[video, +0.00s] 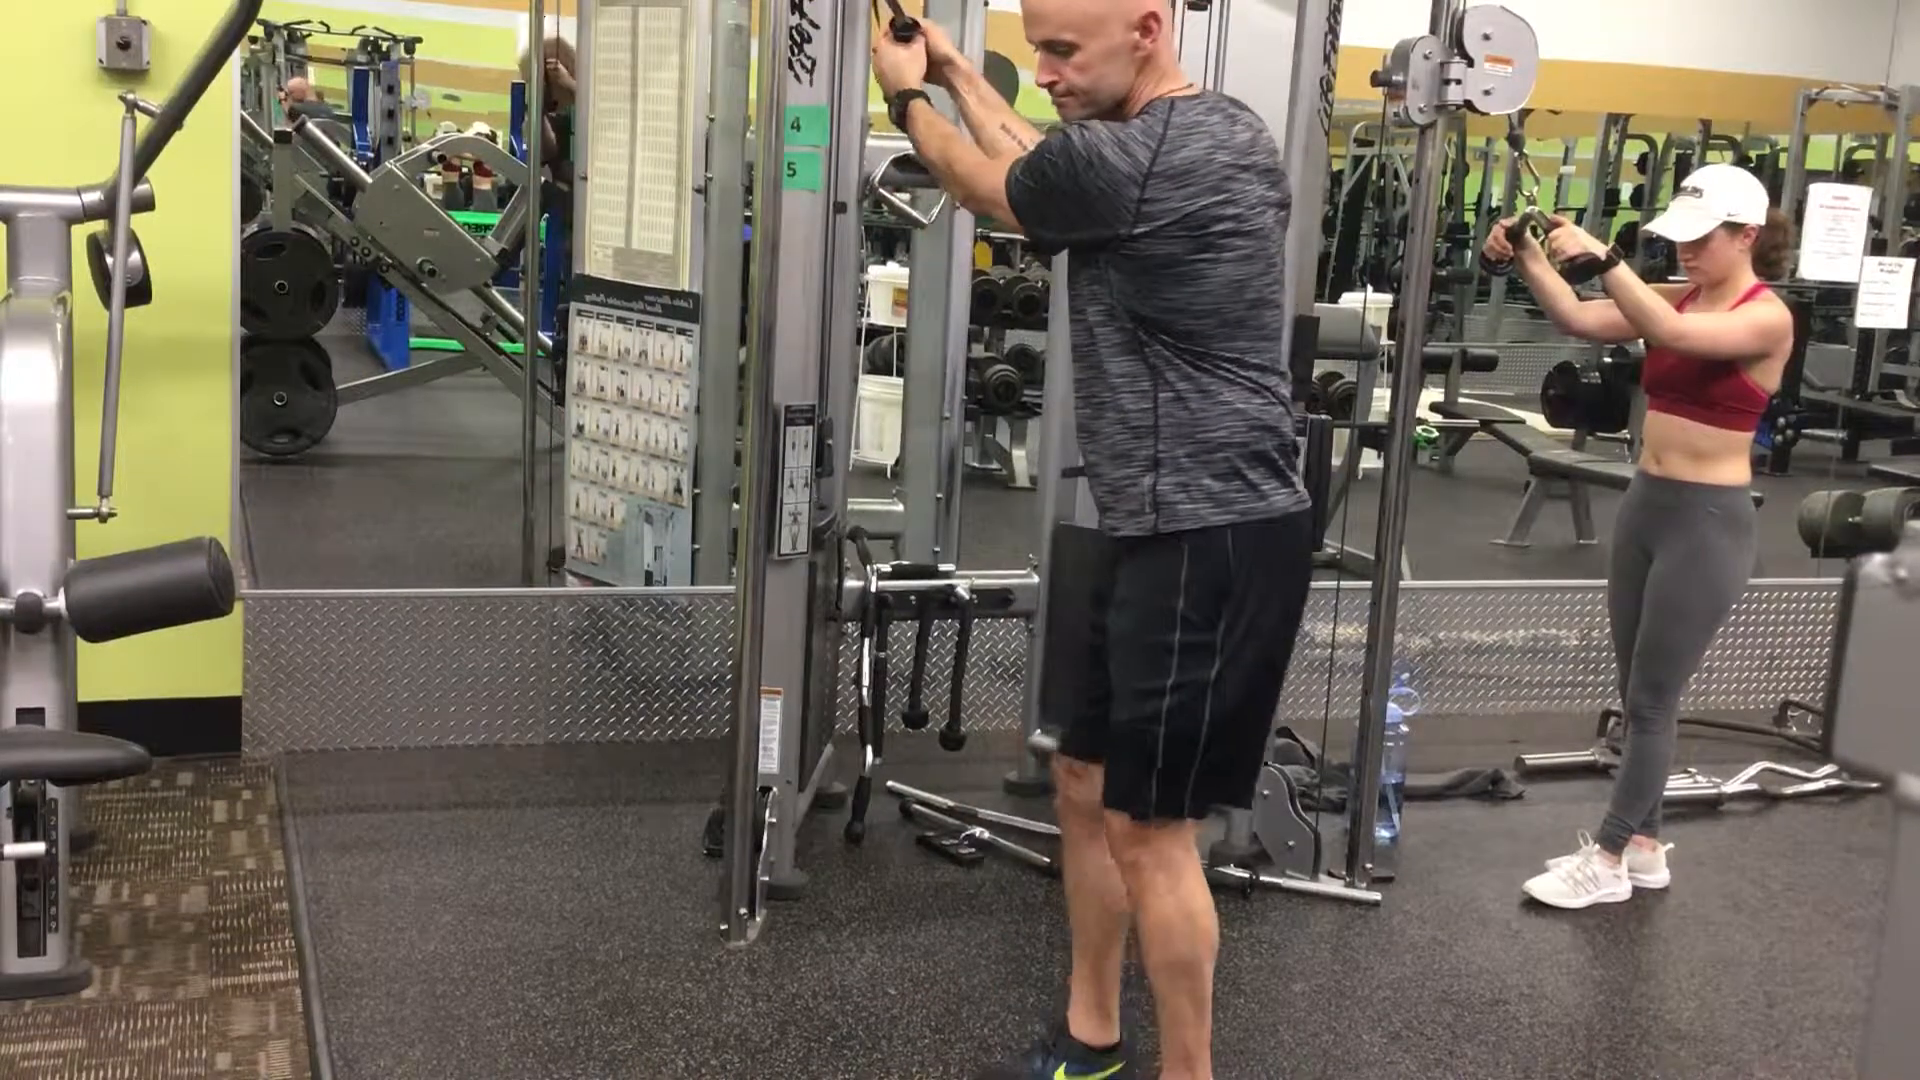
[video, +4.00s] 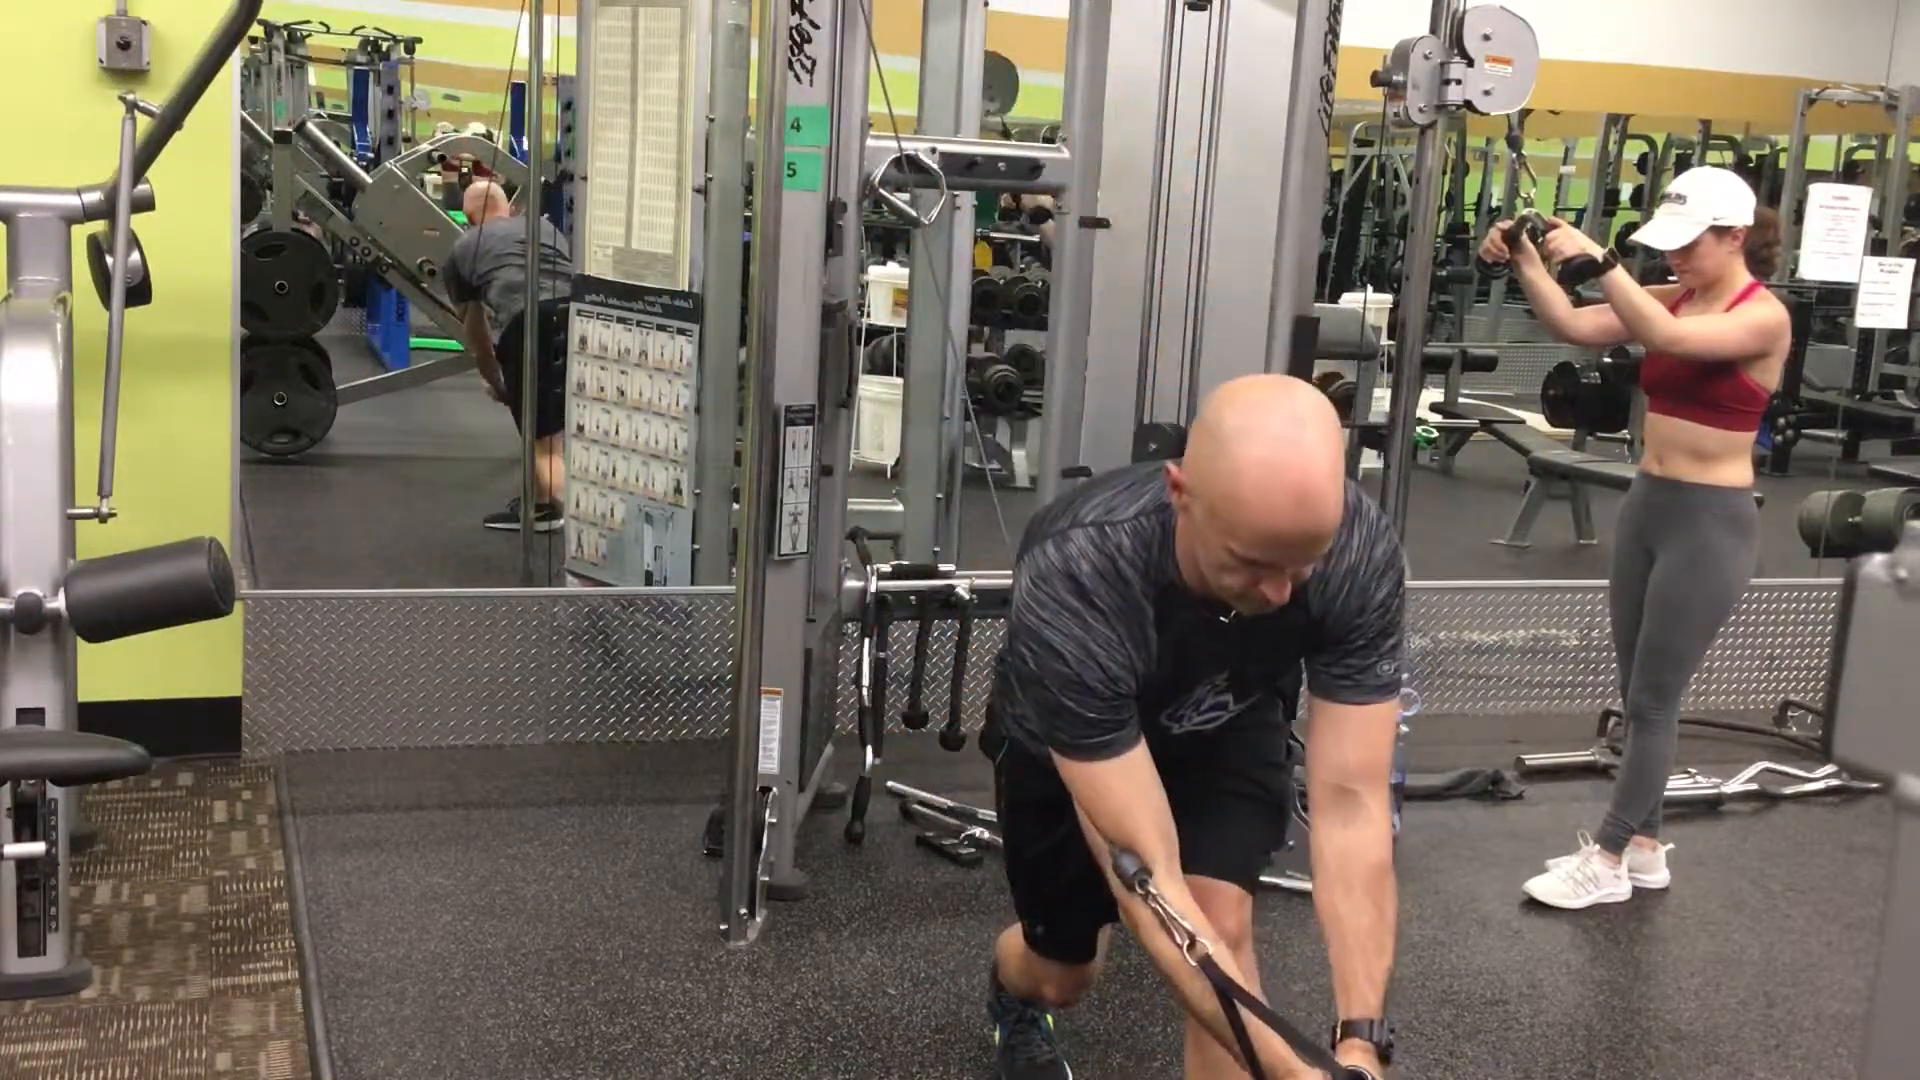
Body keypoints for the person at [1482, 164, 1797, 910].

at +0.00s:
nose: (1683, 252)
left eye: (1698, 238)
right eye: (1679, 239)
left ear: (1746, 236)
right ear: (1679, 238)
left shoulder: (1770, 317)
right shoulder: (1675, 302)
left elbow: (1672, 331)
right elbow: (1579, 316)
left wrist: (1602, 257)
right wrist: (1525, 258)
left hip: (1709, 523)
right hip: (1642, 508)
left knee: (1652, 698)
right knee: (1639, 692)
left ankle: (1605, 859)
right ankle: (1646, 846)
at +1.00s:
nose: (1681, 252)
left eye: (1696, 239)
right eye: (1678, 239)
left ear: (1745, 236)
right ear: (1679, 238)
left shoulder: (1769, 318)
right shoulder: (1675, 300)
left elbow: (1670, 331)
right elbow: (1579, 319)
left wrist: (1602, 257)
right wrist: (1525, 257)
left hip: (1709, 524)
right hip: (1642, 510)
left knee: (1652, 699)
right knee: (1639, 693)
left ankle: (1606, 859)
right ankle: (1646, 846)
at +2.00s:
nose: (1681, 252)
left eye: (1697, 238)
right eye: (1677, 239)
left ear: (1746, 236)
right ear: (1677, 238)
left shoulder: (1768, 317)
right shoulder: (1674, 300)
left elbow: (1669, 331)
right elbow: (1578, 318)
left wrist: (1600, 258)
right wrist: (1525, 257)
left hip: (1709, 524)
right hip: (1642, 510)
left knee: (1651, 698)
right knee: (1638, 693)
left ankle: (1606, 858)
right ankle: (1646, 846)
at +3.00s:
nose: (1675, 254)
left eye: (1688, 240)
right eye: (1670, 242)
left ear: (1738, 237)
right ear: (1672, 241)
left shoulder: (1765, 315)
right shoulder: (1669, 299)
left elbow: (1666, 334)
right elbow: (1572, 320)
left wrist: (1595, 258)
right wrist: (1522, 260)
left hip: (1708, 523)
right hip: (1641, 508)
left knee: (1651, 699)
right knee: (1638, 692)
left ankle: (1607, 858)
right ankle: (1646, 845)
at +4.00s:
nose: (1674, 255)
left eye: (1687, 242)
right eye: (1670, 243)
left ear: (1735, 237)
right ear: (1674, 242)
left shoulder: (1766, 316)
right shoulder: (1672, 301)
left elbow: (1668, 336)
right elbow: (1572, 323)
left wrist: (1597, 260)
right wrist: (1521, 260)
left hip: (1711, 524)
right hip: (1644, 509)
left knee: (1653, 699)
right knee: (1639, 693)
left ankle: (1606, 859)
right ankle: (1645, 846)